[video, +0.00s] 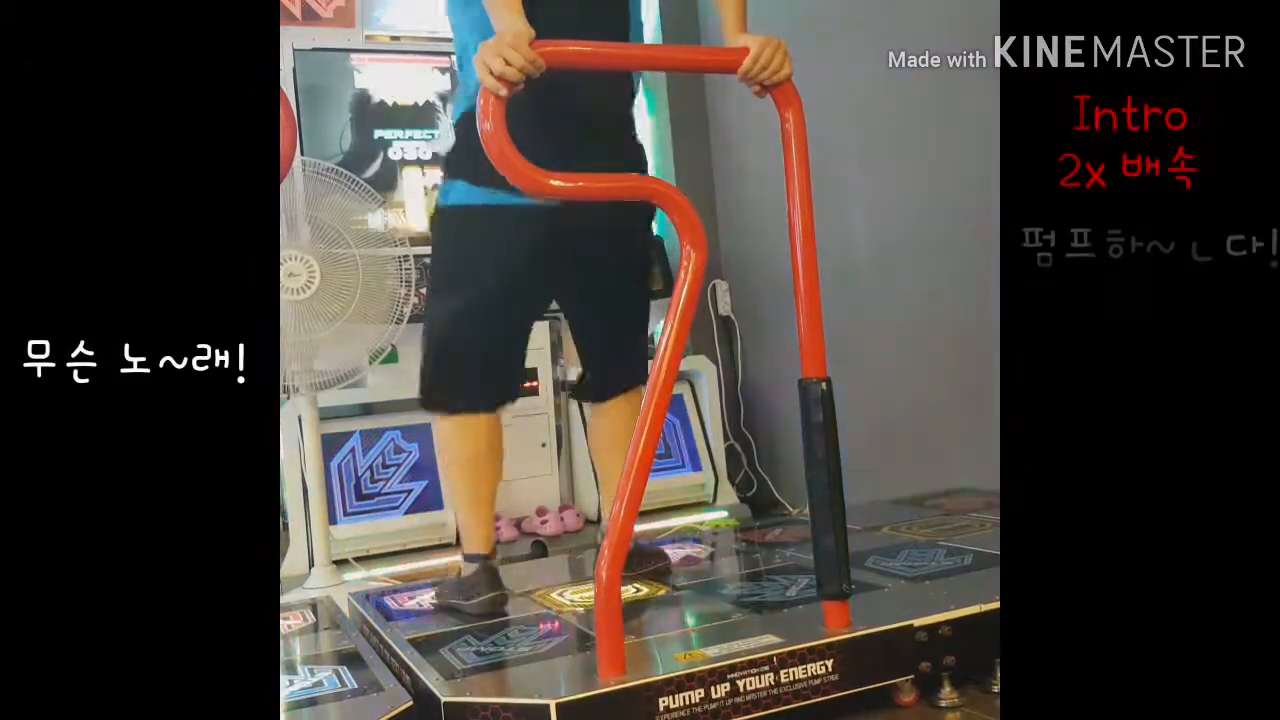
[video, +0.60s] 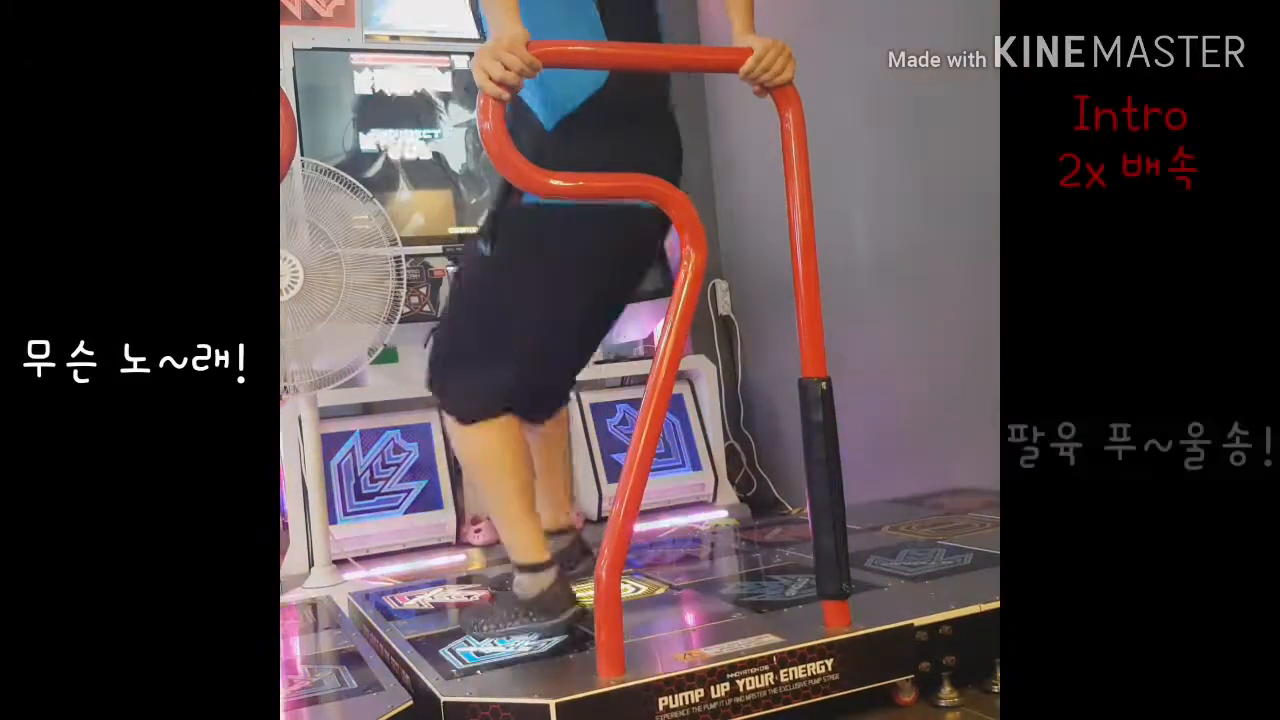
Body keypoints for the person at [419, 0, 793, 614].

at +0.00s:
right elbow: (505, 22)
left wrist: (739, 41)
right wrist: (505, 36)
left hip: (606, 163)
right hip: (491, 167)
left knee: (617, 363)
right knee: (461, 367)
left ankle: (623, 545)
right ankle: (476, 571)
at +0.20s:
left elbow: (728, 36)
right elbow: (507, 27)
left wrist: (747, 44)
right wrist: (501, 40)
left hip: (638, 180)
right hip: (524, 182)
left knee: (641, 373)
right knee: (492, 373)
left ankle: (621, 540)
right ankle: (482, 559)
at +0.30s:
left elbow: (730, 38)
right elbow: (514, 38)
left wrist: (755, 49)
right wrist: (496, 52)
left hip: (660, 150)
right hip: (549, 157)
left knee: (668, 360)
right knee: (568, 365)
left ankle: (661, 534)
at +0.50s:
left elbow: (741, 37)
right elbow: (513, 30)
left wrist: (755, 44)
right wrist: (501, 48)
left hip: (647, 140)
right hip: (537, 149)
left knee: (620, 355)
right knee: (560, 373)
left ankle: (665, 520)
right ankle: (593, 550)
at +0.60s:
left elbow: (737, 36)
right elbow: (511, 32)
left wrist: (756, 47)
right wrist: (495, 50)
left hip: (626, 152)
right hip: (540, 155)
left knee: (466, 372)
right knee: (535, 367)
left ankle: (536, 584)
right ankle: (561, 536)